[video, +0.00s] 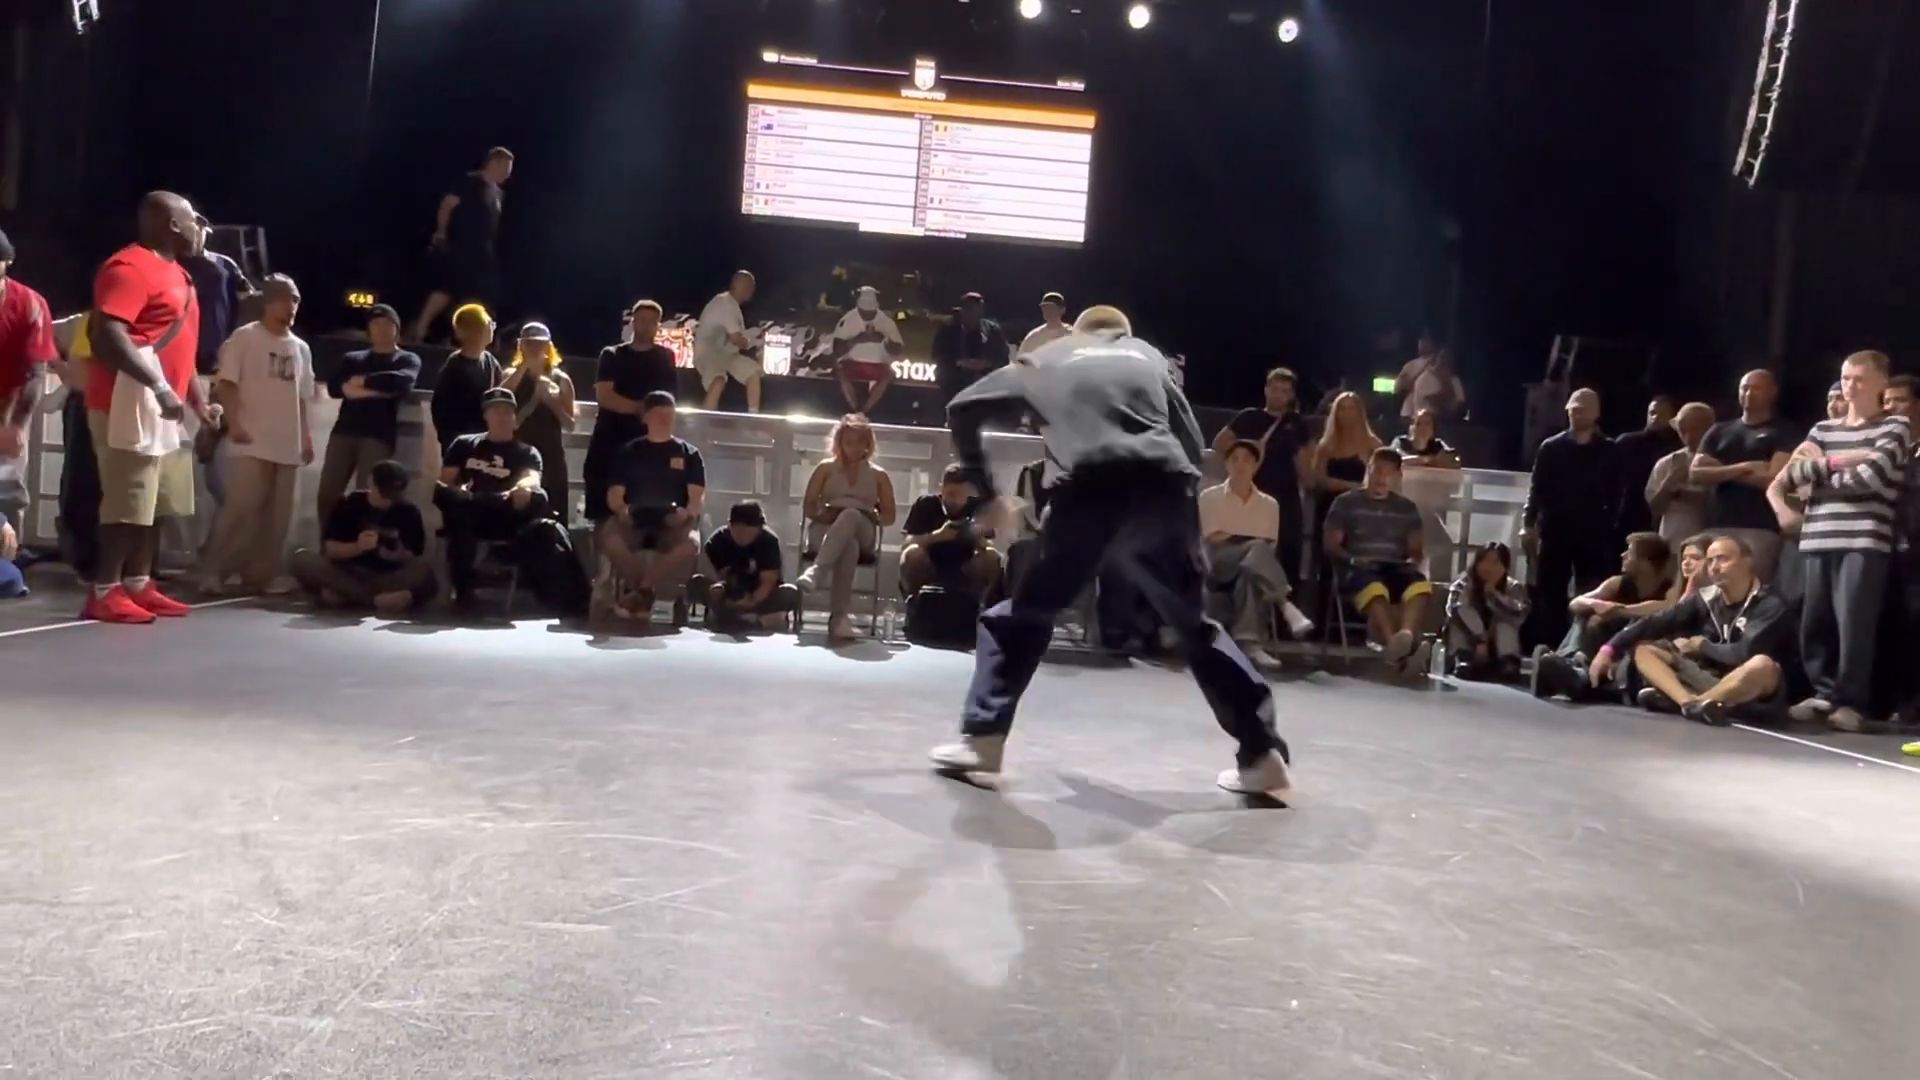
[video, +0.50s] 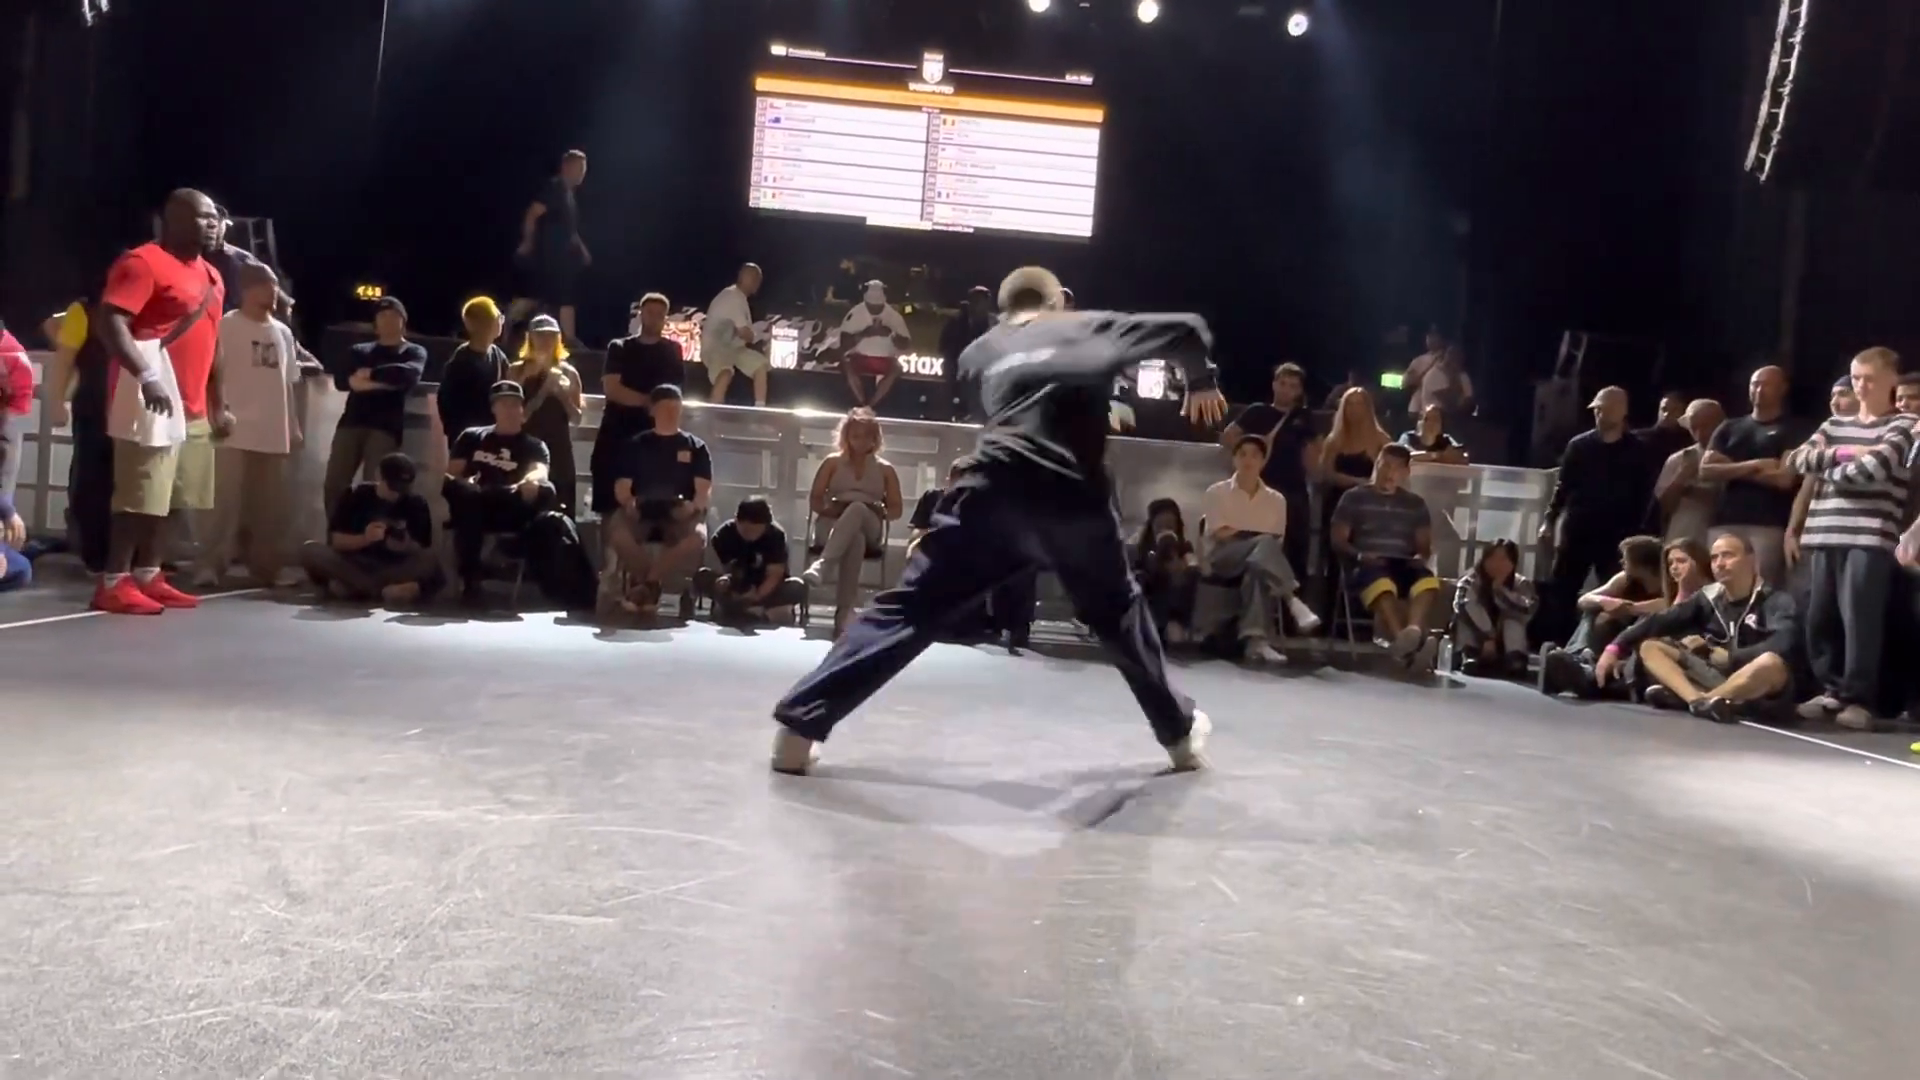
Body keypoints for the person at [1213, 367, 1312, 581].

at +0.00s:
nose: (1278, 395)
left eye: (1284, 391)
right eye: (1274, 389)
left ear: (1292, 395)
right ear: (1265, 391)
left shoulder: (1297, 424)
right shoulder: (1249, 417)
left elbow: (1304, 459)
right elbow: (1220, 443)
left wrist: (1307, 482)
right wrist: (1239, 471)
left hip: (1285, 495)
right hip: (1250, 493)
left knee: (1288, 550)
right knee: (1247, 547)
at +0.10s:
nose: (1280, 394)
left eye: (1286, 390)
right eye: (1275, 388)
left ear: (1293, 395)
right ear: (1267, 390)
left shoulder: (1298, 422)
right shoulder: (1251, 416)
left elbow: (1307, 456)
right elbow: (1223, 441)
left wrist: (1306, 477)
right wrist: (1243, 467)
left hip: (1286, 494)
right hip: (1252, 492)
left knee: (1289, 549)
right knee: (1248, 546)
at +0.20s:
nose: (1280, 394)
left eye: (1287, 390)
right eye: (1276, 388)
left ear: (1295, 394)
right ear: (1268, 389)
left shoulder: (1300, 423)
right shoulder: (1252, 415)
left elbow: (1308, 460)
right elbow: (1221, 442)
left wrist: (1310, 481)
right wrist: (1248, 460)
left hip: (1287, 495)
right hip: (1251, 493)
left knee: (1289, 553)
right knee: (1247, 547)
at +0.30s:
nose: (1282, 393)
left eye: (1288, 389)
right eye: (1278, 387)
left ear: (1296, 393)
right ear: (1270, 389)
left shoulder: (1300, 421)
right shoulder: (1254, 415)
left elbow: (1310, 455)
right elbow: (1223, 440)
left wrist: (1309, 477)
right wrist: (1247, 462)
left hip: (1289, 493)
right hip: (1255, 492)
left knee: (1291, 550)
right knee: (1252, 546)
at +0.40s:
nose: (1284, 392)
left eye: (1290, 387)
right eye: (1280, 386)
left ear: (1297, 392)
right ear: (1272, 387)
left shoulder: (1302, 420)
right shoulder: (1256, 414)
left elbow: (1310, 454)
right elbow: (1228, 436)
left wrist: (1310, 477)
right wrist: (1244, 466)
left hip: (1290, 491)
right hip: (1256, 489)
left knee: (1293, 546)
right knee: (1254, 542)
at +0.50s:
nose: (1286, 389)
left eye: (1292, 386)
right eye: (1282, 384)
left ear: (1300, 391)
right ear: (1273, 386)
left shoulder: (1305, 418)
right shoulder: (1257, 413)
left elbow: (1312, 459)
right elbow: (1228, 436)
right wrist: (1254, 450)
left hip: (1293, 491)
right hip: (1260, 488)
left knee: (1295, 548)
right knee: (1260, 543)